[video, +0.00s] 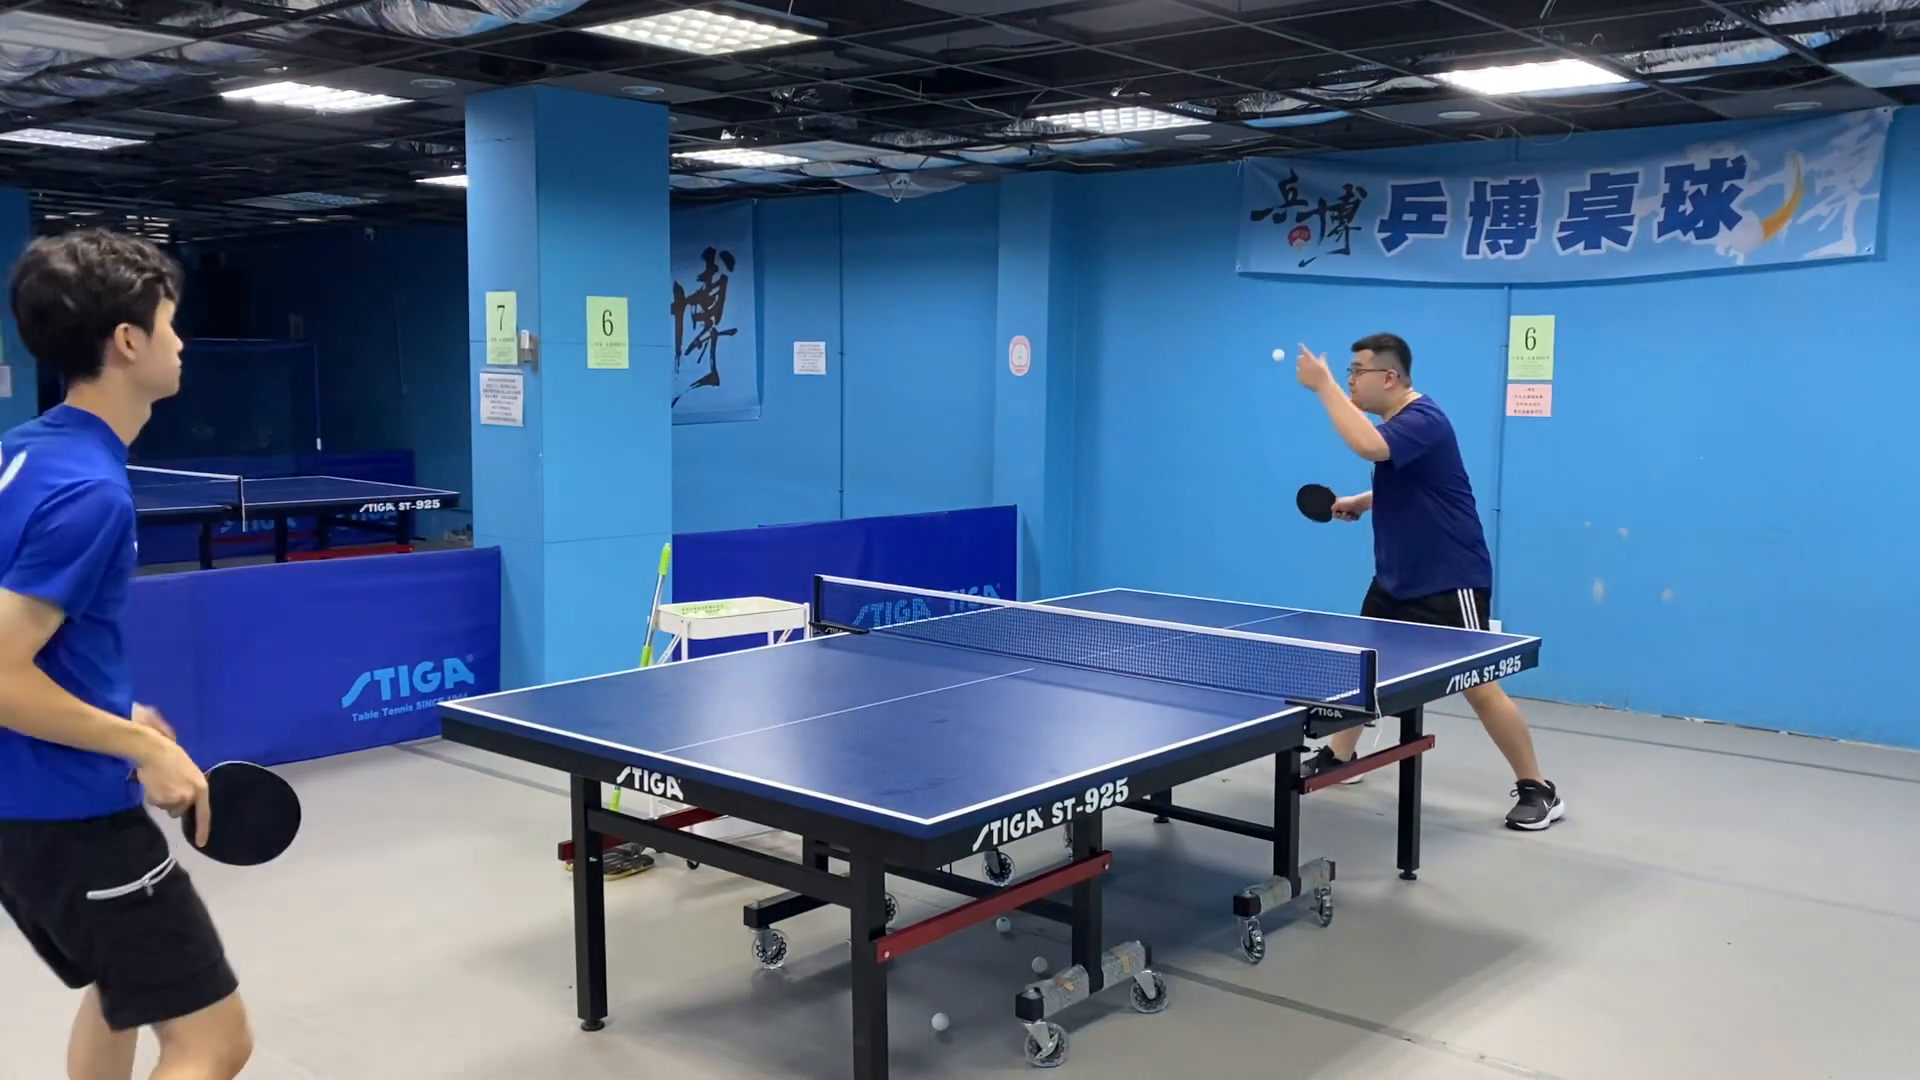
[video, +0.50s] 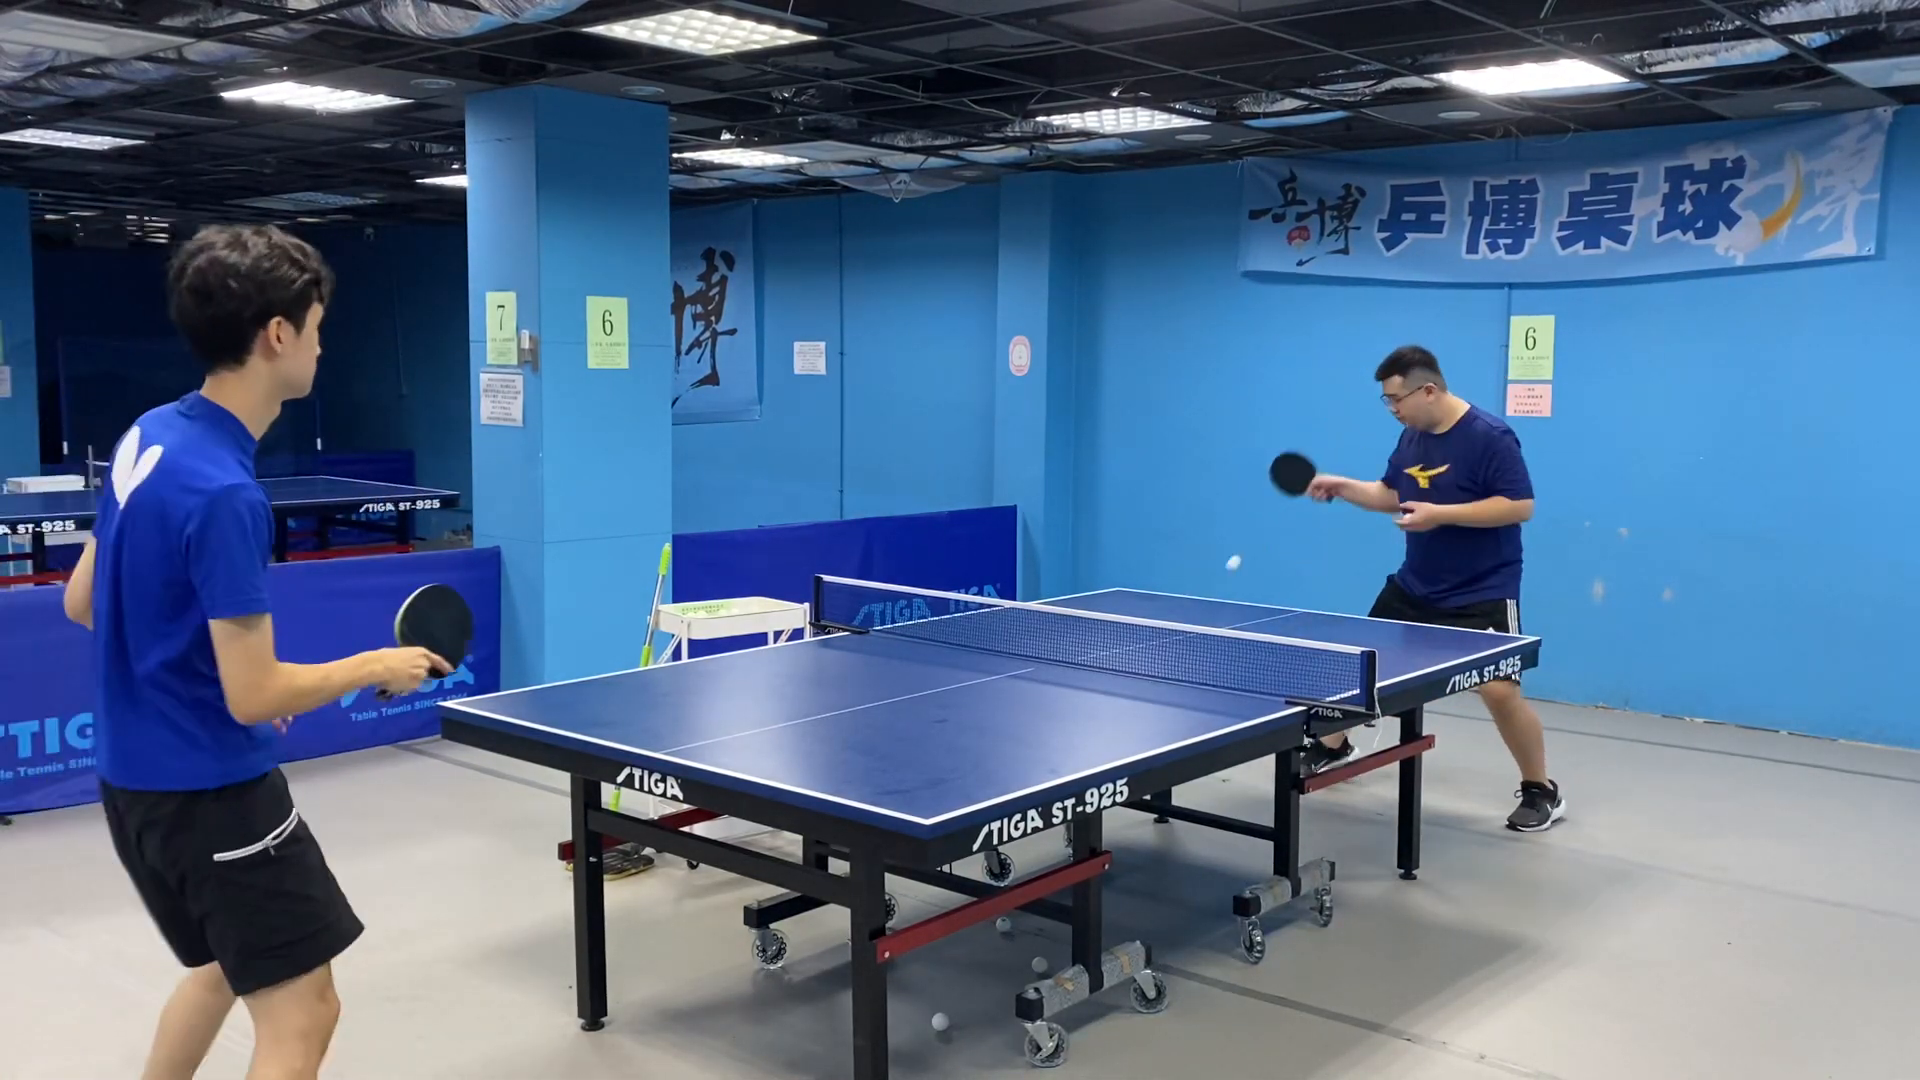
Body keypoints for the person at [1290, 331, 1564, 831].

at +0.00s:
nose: (1350, 381)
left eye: (1358, 371)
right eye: (1351, 372)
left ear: (1392, 377)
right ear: (1387, 379)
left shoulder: (1424, 419)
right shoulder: (1393, 422)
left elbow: (1373, 445)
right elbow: (1410, 489)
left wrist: (1325, 386)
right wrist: (1364, 501)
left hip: (1450, 578)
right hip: (1396, 576)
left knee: (1479, 686)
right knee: (1360, 665)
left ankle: (1535, 787)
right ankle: (1340, 754)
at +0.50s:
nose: (1392, 411)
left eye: (1396, 400)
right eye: (1388, 402)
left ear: (1430, 390)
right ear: (1420, 394)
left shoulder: (1491, 436)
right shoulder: (1411, 440)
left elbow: (1521, 506)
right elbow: (1392, 496)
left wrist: (1441, 514)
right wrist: (1343, 487)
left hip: (1483, 595)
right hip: (1414, 587)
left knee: (1497, 689)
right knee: (1353, 663)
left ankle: (1539, 789)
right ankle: (1331, 745)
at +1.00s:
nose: (1352, 431)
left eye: (1363, 421)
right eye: (1345, 422)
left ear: (1390, 417)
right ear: (1338, 421)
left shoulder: (1438, 455)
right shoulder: (1336, 467)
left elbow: (1479, 499)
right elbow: (1327, 523)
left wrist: (1438, 536)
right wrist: (1309, 532)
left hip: (1448, 597)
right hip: (1367, 596)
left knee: (1496, 672)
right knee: (1310, 660)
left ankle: (1526, 780)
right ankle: (1315, 750)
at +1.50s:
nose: (1329, 408)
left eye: (1337, 396)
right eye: (1323, 400)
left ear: (1369, 389)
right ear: (1324, 401)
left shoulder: (1420, 428)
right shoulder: (1352, 449)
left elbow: (1453, 484)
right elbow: (1357, 512)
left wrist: (1376, 480)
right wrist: (1307, 538)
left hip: (1448, 586)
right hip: (1377, 584)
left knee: (1487, 679)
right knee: (1324, 660)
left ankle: (1525, 780)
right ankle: (1318, 750)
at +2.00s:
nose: (1351, 409)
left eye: (1361, 398)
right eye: (1344, 400)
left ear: (1389, 394)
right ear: (1338, 400)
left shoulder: (1435, 443)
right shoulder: (1336, 445)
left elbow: (1475, 502)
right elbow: (1304, 499)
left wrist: (1421, 486)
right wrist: (1294, 474)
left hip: (1426, 591)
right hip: (1350, 590)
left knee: (1473, 674)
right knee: (1296, 658)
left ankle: (1523, 775)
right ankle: (1313, 749)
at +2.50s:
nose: (1359, 395)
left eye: (1368, 384)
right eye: (1354, 388)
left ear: (1398, 381)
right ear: (1353, 391)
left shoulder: (1448, 427)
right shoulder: (1372, 443)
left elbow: (1480, 485)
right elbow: (1372, 503)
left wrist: (1406, 471)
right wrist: (1323, 527)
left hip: (1465, 581)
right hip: (1397, 578)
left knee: (1497, 682)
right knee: (1350, 658)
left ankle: (1527, 780)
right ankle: (1341, 750)